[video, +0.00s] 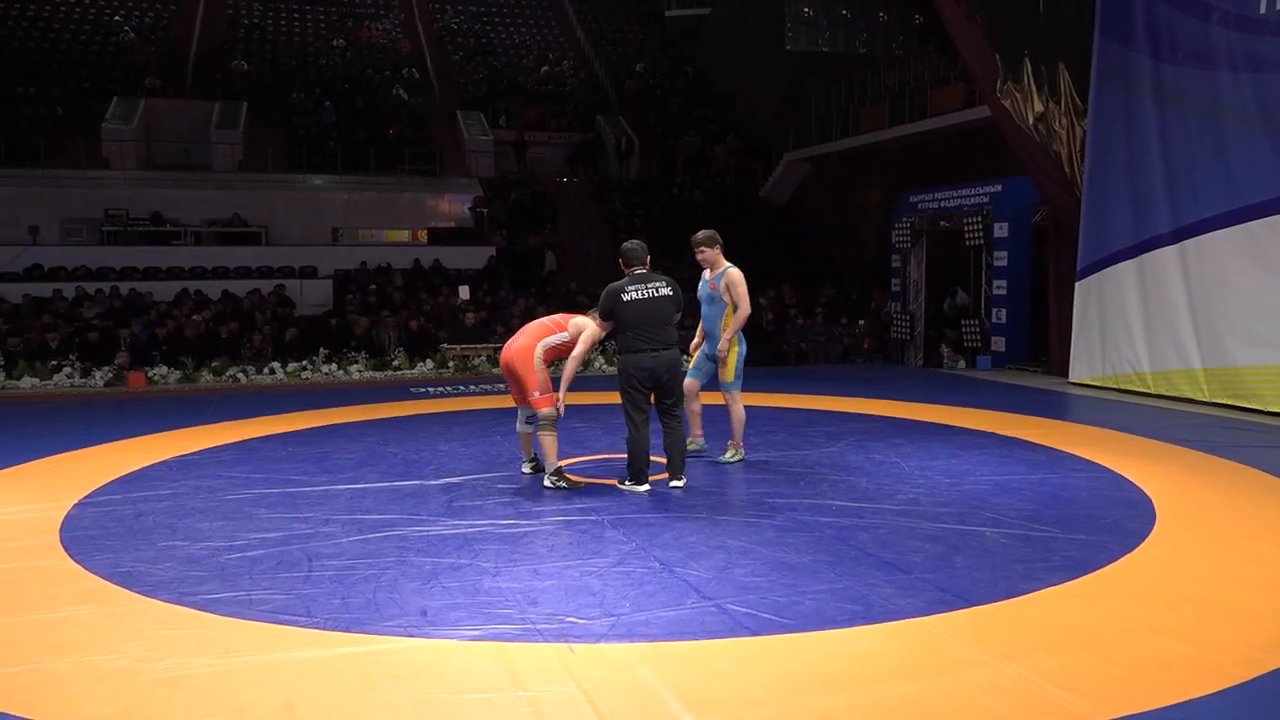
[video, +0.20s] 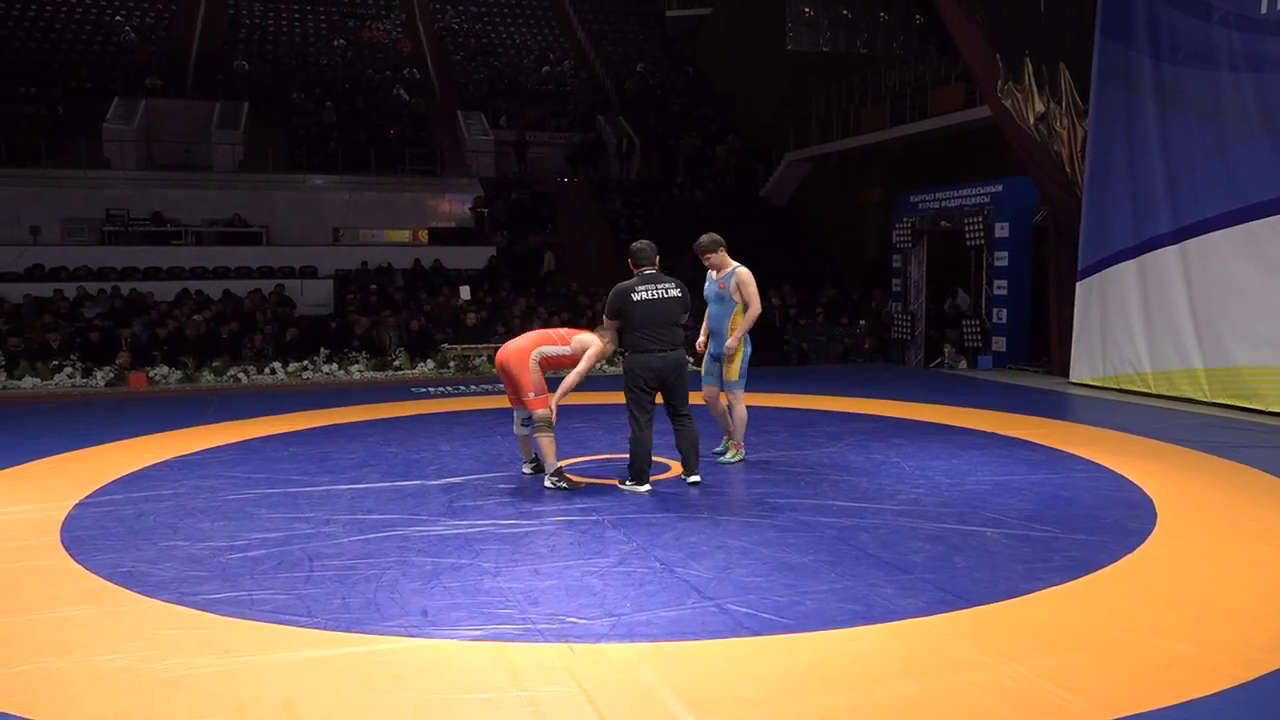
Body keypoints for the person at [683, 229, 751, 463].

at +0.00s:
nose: (699, 256)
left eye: (703, 251)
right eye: (697, 252)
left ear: (717, 249)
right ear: (697, 253)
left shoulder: (732, 274)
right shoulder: (705, 275)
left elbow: (745, 309)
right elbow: (707, 311)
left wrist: (726, 338)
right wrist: (698, 337)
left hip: (729, 343)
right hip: (708, 343)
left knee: (732, 396)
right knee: (689, 388)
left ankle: (737, 446)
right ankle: (696, 439)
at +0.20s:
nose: (706, 263)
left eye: (708, 258)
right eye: (703, 259)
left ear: (722, 252)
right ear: (703, 258)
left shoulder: (741, 274)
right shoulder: (710, 275)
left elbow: (755, 307)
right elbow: (711, 308)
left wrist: (736, 337)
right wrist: (703, 334)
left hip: (734, 344)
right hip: (713, 343)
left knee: (734, 397)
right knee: (710, 395)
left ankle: (739, 446)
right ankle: (730, 433)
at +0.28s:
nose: (706, 262)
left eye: (709, 256)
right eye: (703, 257)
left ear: (723, 251)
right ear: (704, 256)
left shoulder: (742, 274)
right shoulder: (711, 274)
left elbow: (759, 307)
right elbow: (711, 307)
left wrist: (743, 337)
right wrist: (705, 335)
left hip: (736, 344)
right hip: (716, 344)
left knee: (735, 396)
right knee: (717, 395)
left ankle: (739, 446)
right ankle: (733, 439)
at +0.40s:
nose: (706, 260)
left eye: (709, 255)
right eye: (703, 256)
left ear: (722, 251)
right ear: (704, 256)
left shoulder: (743, 273)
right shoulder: (711, 275)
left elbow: (763, 303)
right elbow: (712, 306)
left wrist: (752, 334)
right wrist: (706, 334)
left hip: (739, 343)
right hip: (720, 342)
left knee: (735, 393)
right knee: (722, 393)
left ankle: (738, 445)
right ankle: (735, 440)